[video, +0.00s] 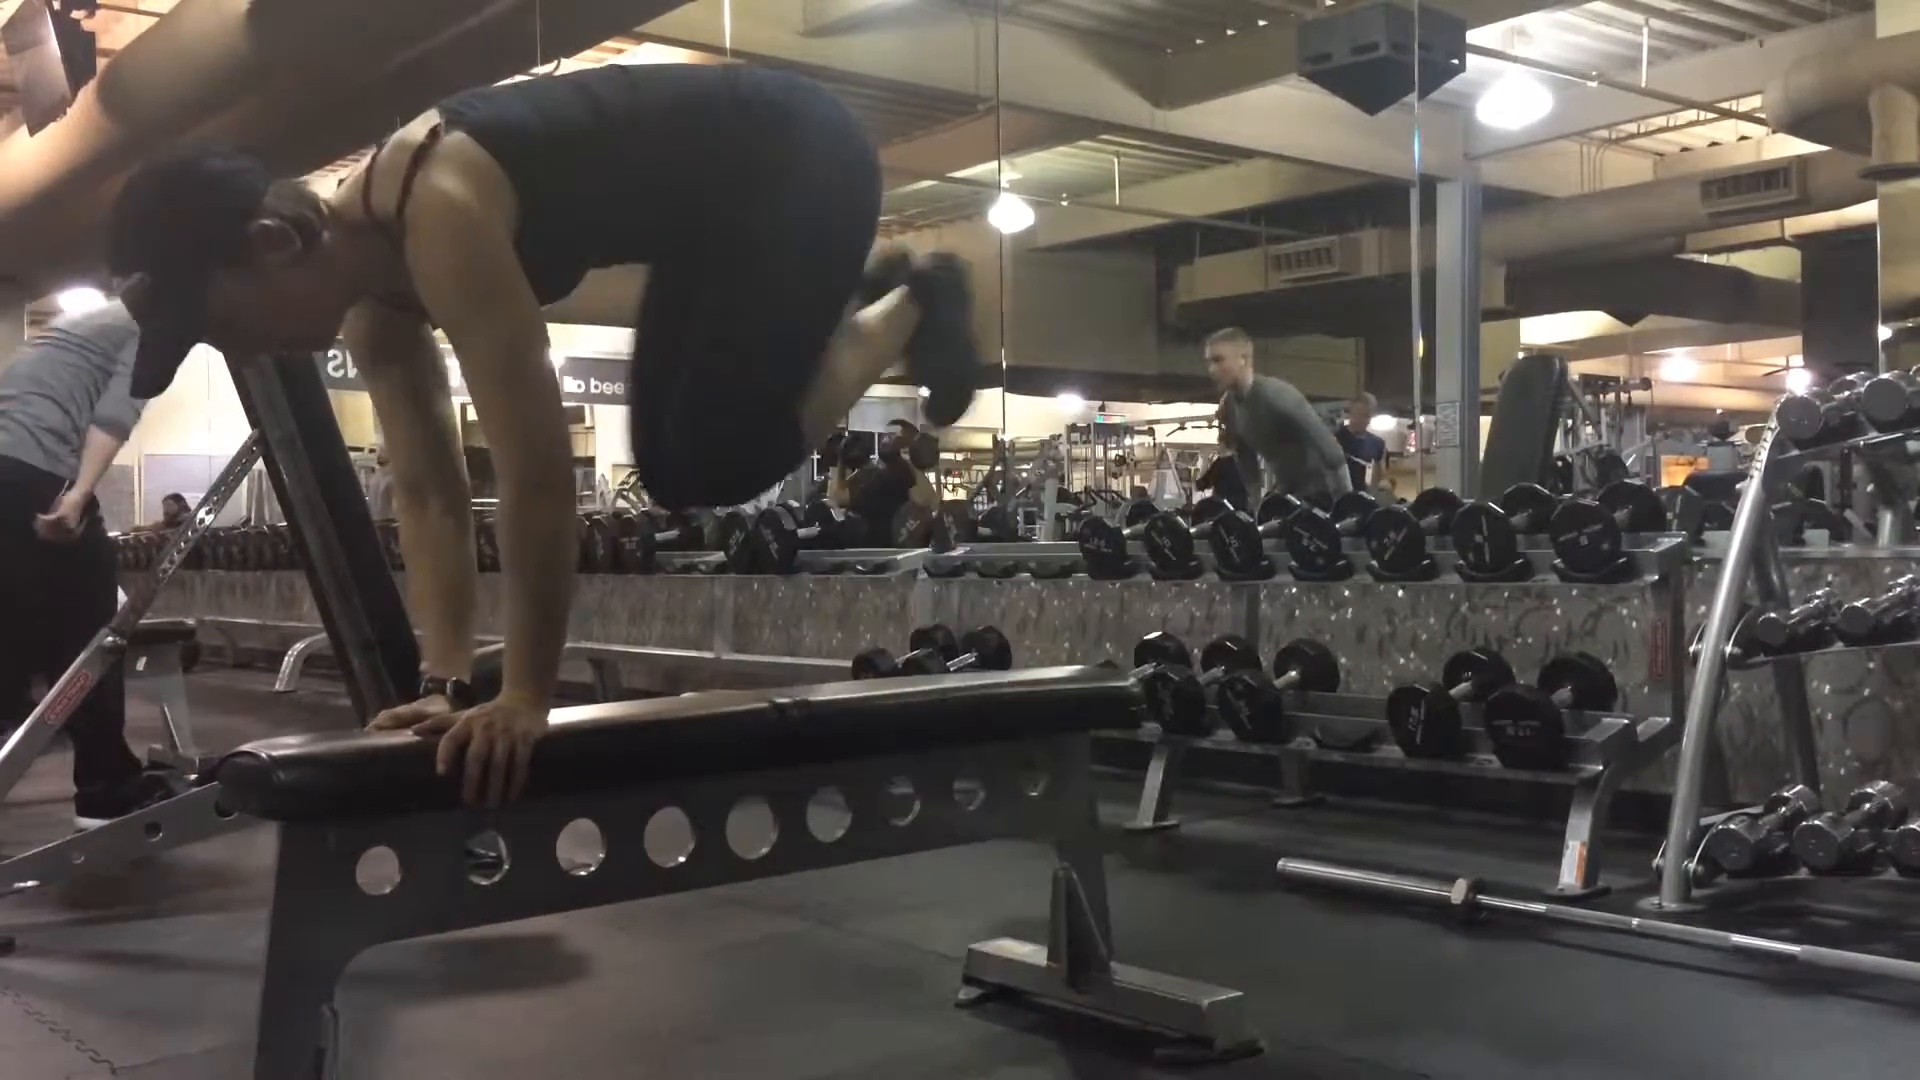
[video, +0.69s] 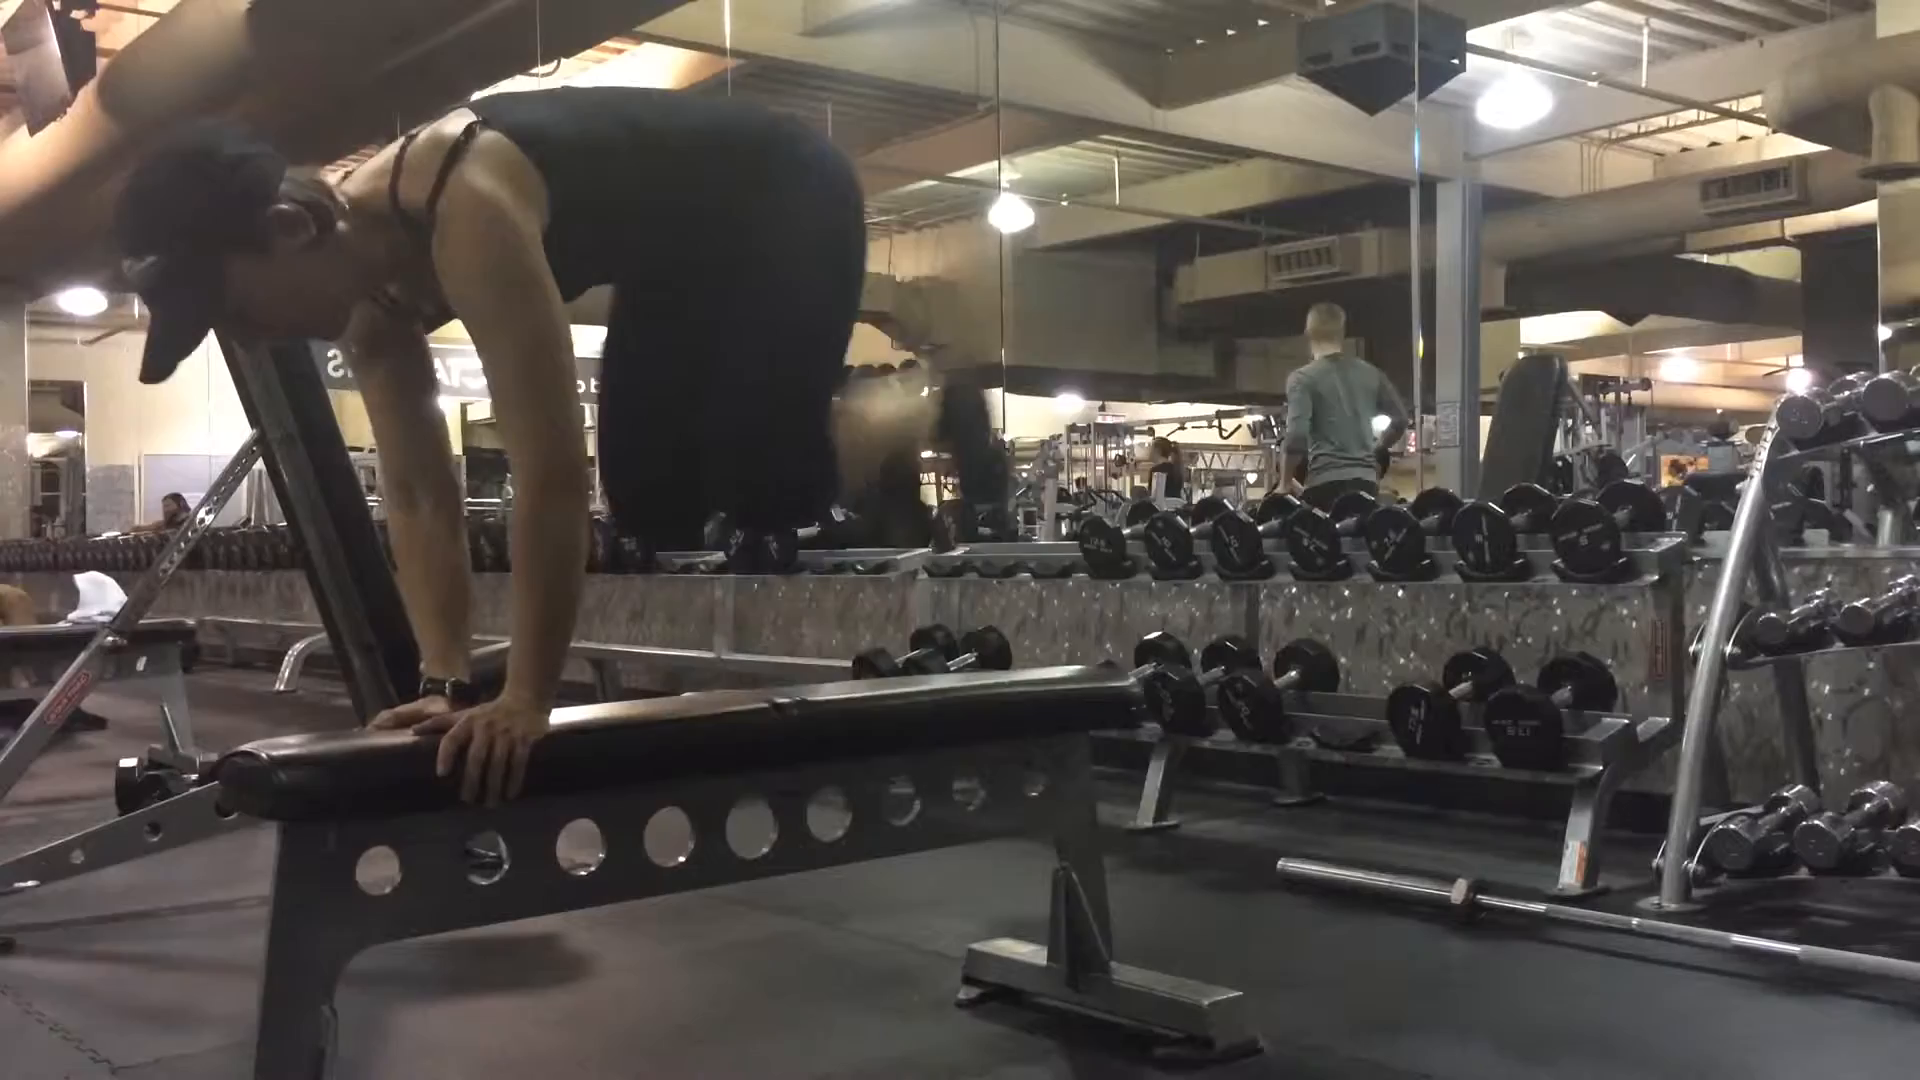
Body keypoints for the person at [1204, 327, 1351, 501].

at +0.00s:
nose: (1211, 370)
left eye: (1217, 360)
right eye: (1209, 363)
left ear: (1243, 359)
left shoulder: (1277, 395)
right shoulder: (1231, 408)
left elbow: (1332, 452)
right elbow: (1249, 470)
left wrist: (1347, 508)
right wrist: (1255, 515)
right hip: (1286, 488)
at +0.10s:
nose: (1227, 349)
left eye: (1235, 341)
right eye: (1226, 342)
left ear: (1260, 344)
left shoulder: (1284, 382)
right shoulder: (1247, 389)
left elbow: (1324, 441)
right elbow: (1264, 451)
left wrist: (1327, 502)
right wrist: (1254, 501)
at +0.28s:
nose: (1251, 344)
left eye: (1259, 336)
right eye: (1250, 337)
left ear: (1283, 342)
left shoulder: (1296, 382)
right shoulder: (1282, 382)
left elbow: (1313, 448)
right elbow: (1295, 445)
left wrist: (1302, 494)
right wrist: (1277, 474)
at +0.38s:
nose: (1264, 344)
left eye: (1272, 337)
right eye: (1264, 337)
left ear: (1293, 342)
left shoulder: (1295, 380)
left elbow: (1307, 446)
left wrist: (1295, 491)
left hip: (1329, 487)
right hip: (1349, 481)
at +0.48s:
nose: (1279, 343)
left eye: (1282, 336)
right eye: (1280, 336)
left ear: (1294, 339)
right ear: (1319, 338)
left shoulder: (1299, 379)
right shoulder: (1343, 374)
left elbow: (1304, 440)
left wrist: (1288, 488)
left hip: (1327, 488)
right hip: (1355, 481)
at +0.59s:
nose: (1294, 338)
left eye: (1295, 332)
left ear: (1298, 337)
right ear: (1332, 336)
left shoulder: (1301, 378)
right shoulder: (1360, 374)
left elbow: (1302, 435)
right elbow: (1386, 422)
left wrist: (1286, 482)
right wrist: (1366, 452)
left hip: (1325, 484)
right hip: (1363, 479)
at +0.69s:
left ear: (1309, 334)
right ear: (1342, 333)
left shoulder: (1303, 378)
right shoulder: (1370, 373)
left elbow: (1297, 437)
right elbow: (1400, 420)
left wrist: (1286, 481)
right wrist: (1379, 450)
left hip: (1323, 484)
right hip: (1366, 481)